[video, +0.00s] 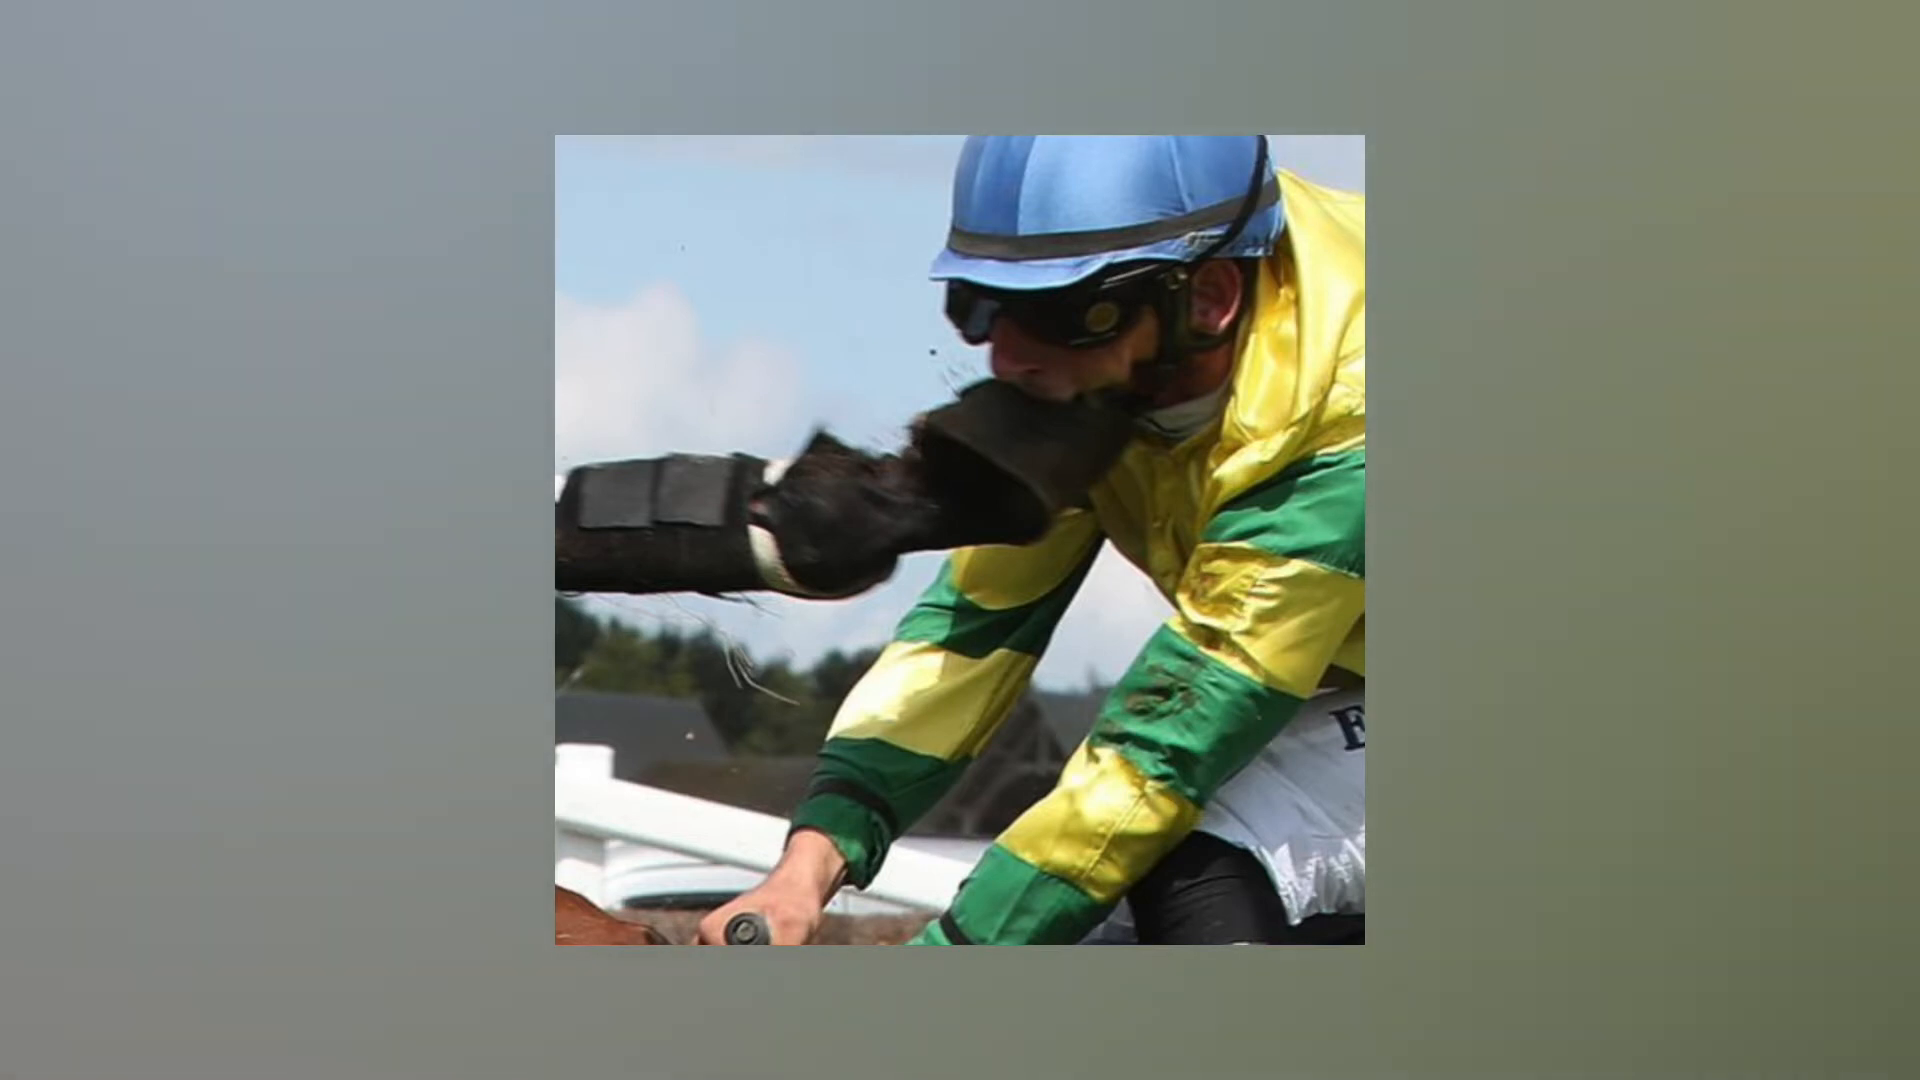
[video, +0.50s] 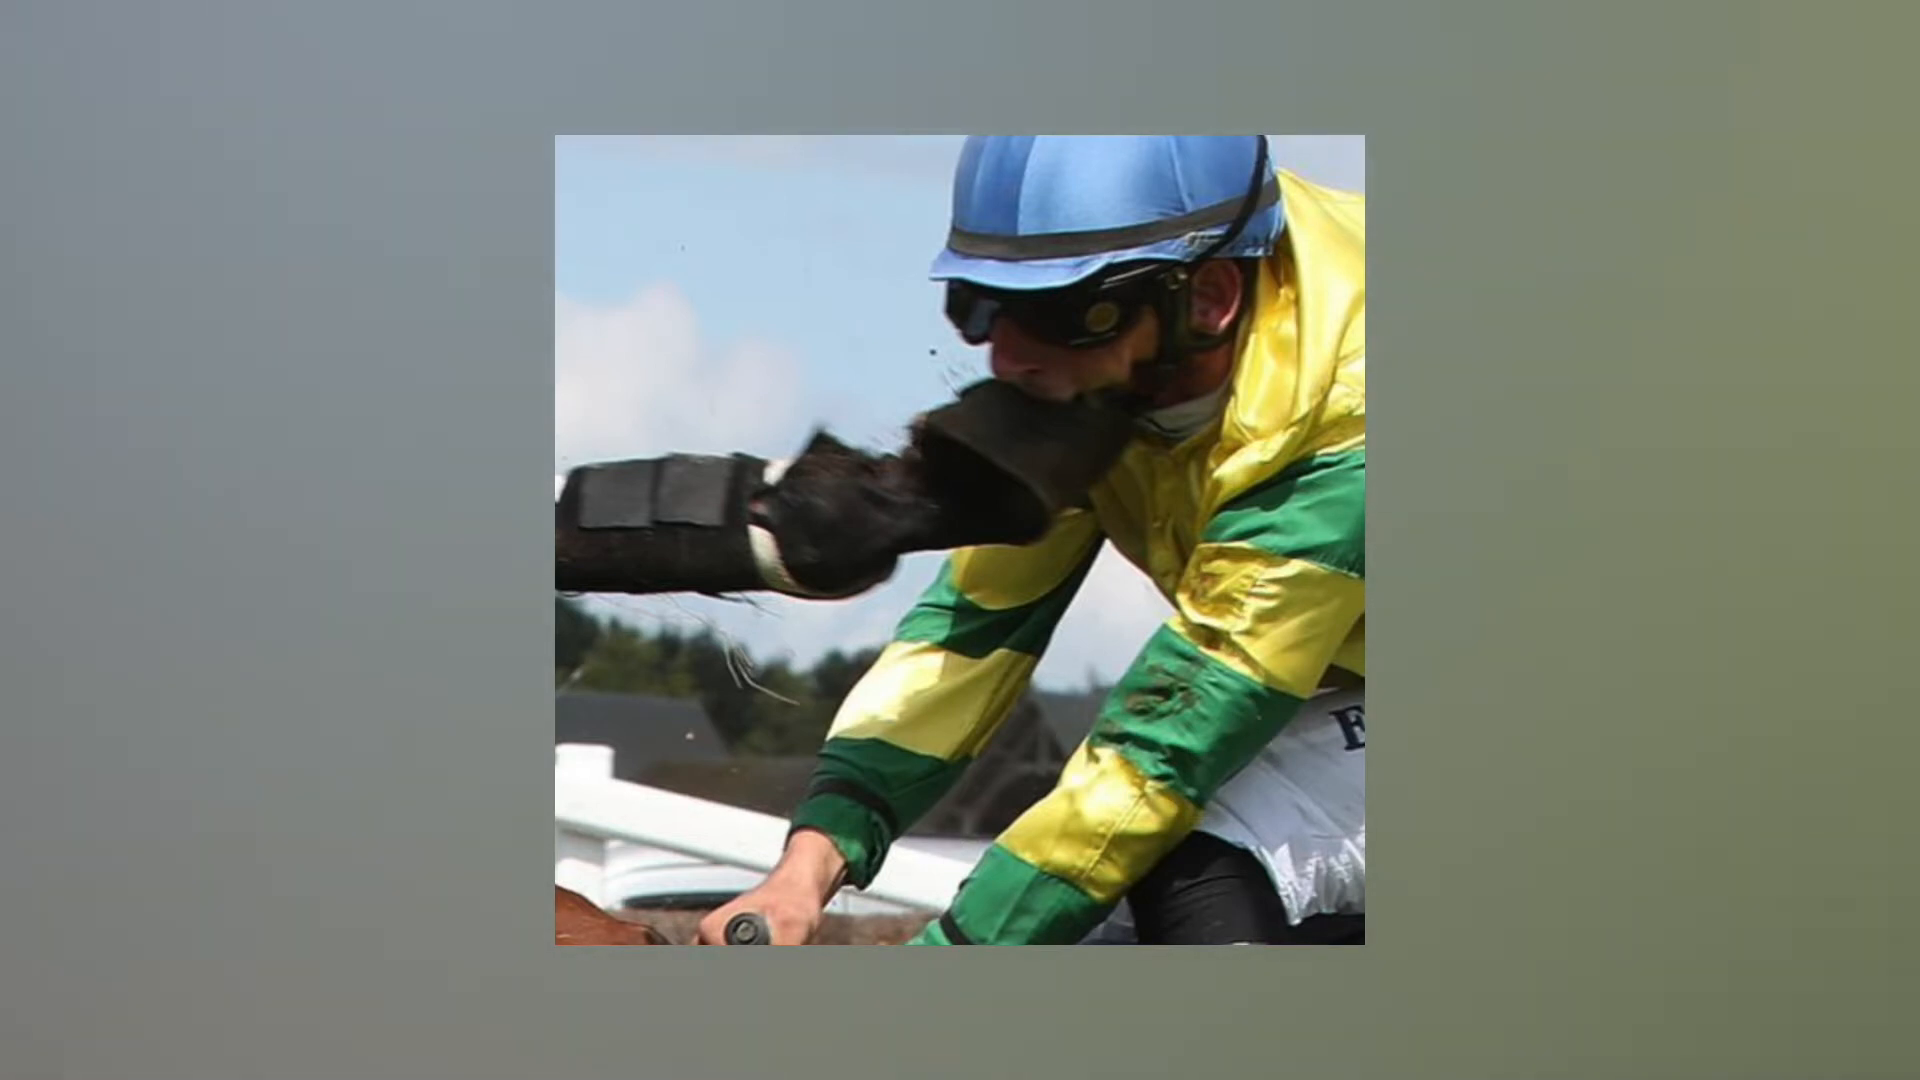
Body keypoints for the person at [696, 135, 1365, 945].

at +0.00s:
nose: (1005, 358)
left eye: (1056, 319)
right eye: (989, 310)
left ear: (1209, 298)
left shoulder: (1341, 429)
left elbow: (1161, 751)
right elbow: (969, 623)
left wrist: (934, 965)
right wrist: (805, 871)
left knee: (1204, 864)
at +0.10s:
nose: (1005, 359)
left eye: (1056, 319)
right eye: (989, 310)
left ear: (1210, 298)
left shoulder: (1341, 430)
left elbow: (1160, 751)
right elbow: (969, 624)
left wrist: (934, 962)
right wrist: (804, 872)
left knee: (1205, 864)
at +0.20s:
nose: (1005, 359)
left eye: (1056, 319)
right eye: (989, 310)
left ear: (1210, 298)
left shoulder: (1341, 430)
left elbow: (1161, 751)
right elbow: (969, 623)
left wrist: (934, 962)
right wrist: (804, 872)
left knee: (1205, 864)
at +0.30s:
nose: (1005, 359)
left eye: (1056, 319)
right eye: (989, 310)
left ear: (1210, 298)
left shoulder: (1341, 429)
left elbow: (1161, 751)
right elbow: (969, 623)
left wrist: (934, 964)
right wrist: (805, 871)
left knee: (1204, 865)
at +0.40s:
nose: (1005, 359)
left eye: (1056, 319)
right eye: (989, 310)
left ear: (1209, 298)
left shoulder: (1341, 429)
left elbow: (1161, 751)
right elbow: (969, 623)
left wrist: (933, 966)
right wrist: (805, 871)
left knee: (1204, 864)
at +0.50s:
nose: (1005, 359)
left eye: (1056, 319)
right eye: (989, 310)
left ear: (1209, 298)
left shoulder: (1341, 429)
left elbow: (1160, 751)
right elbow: (969, 623)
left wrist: (933, 965)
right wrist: (805, 871)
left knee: (1205, 865)